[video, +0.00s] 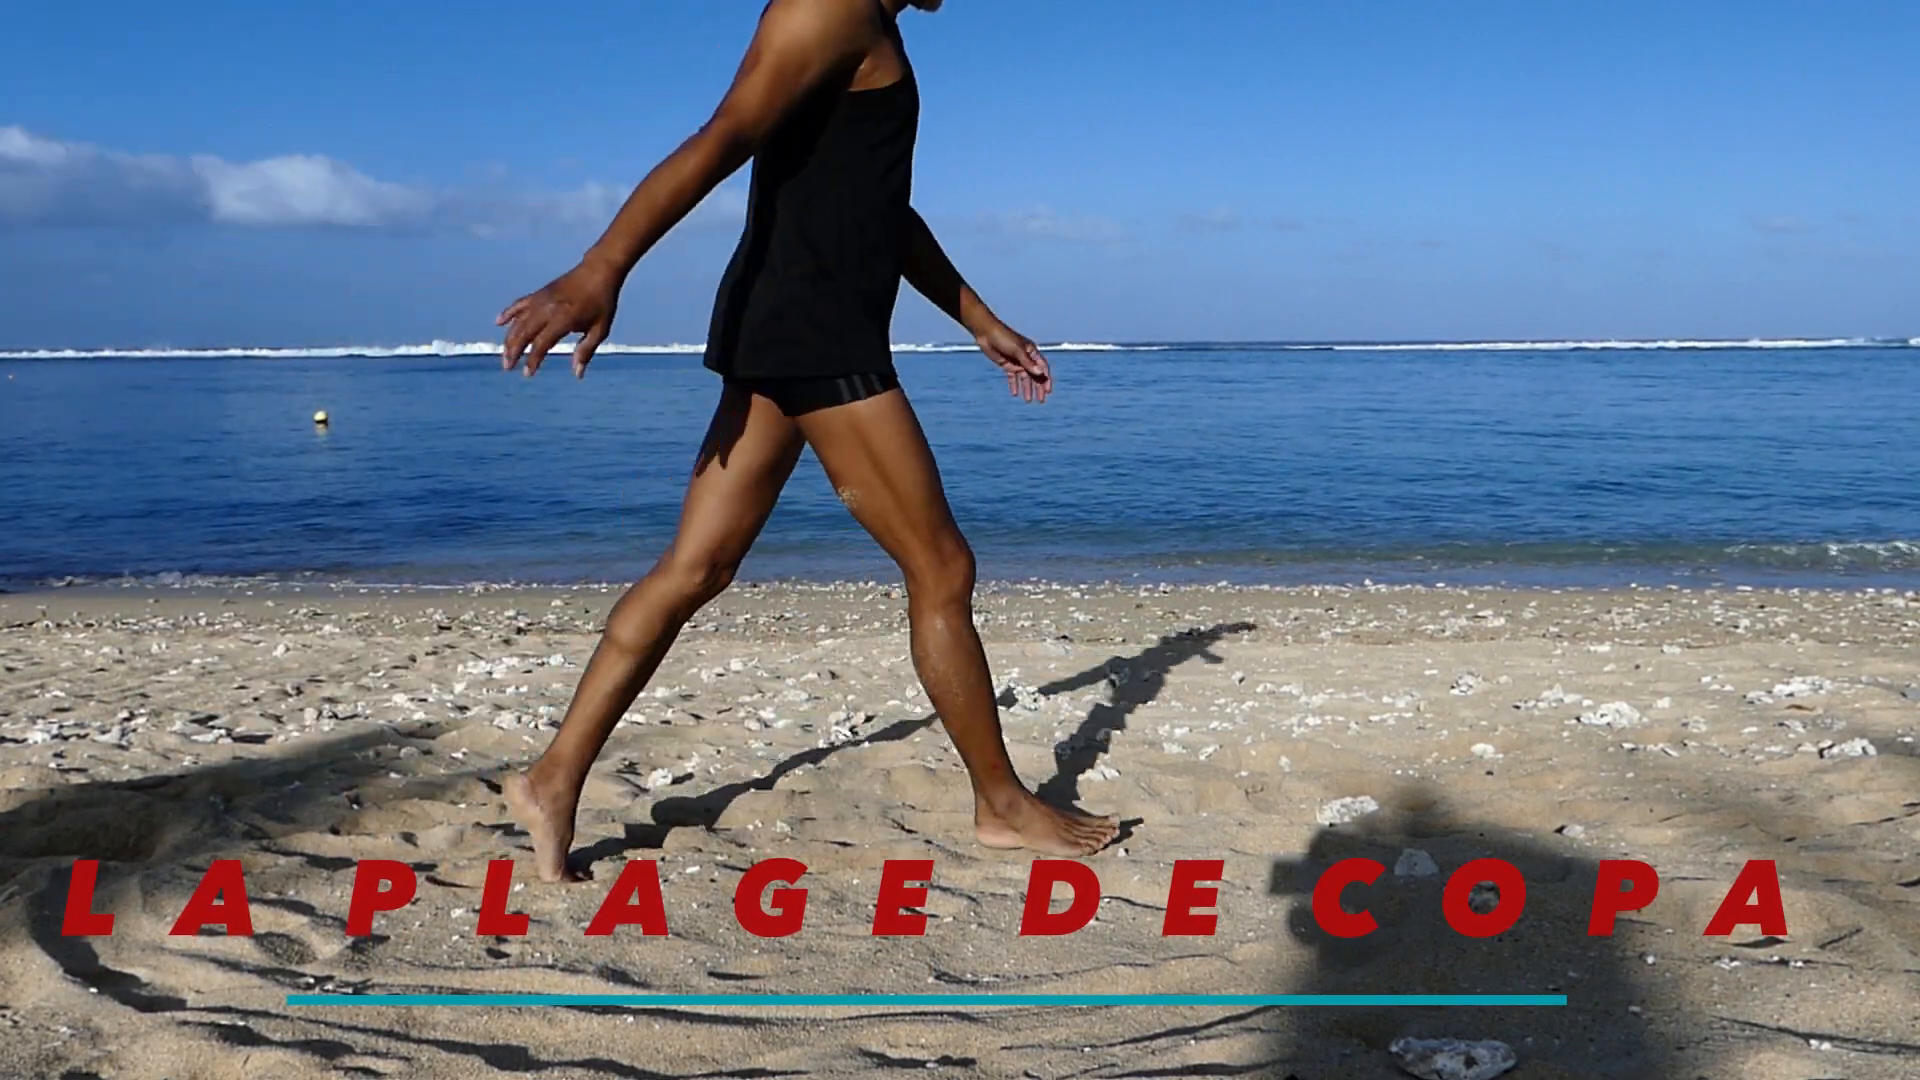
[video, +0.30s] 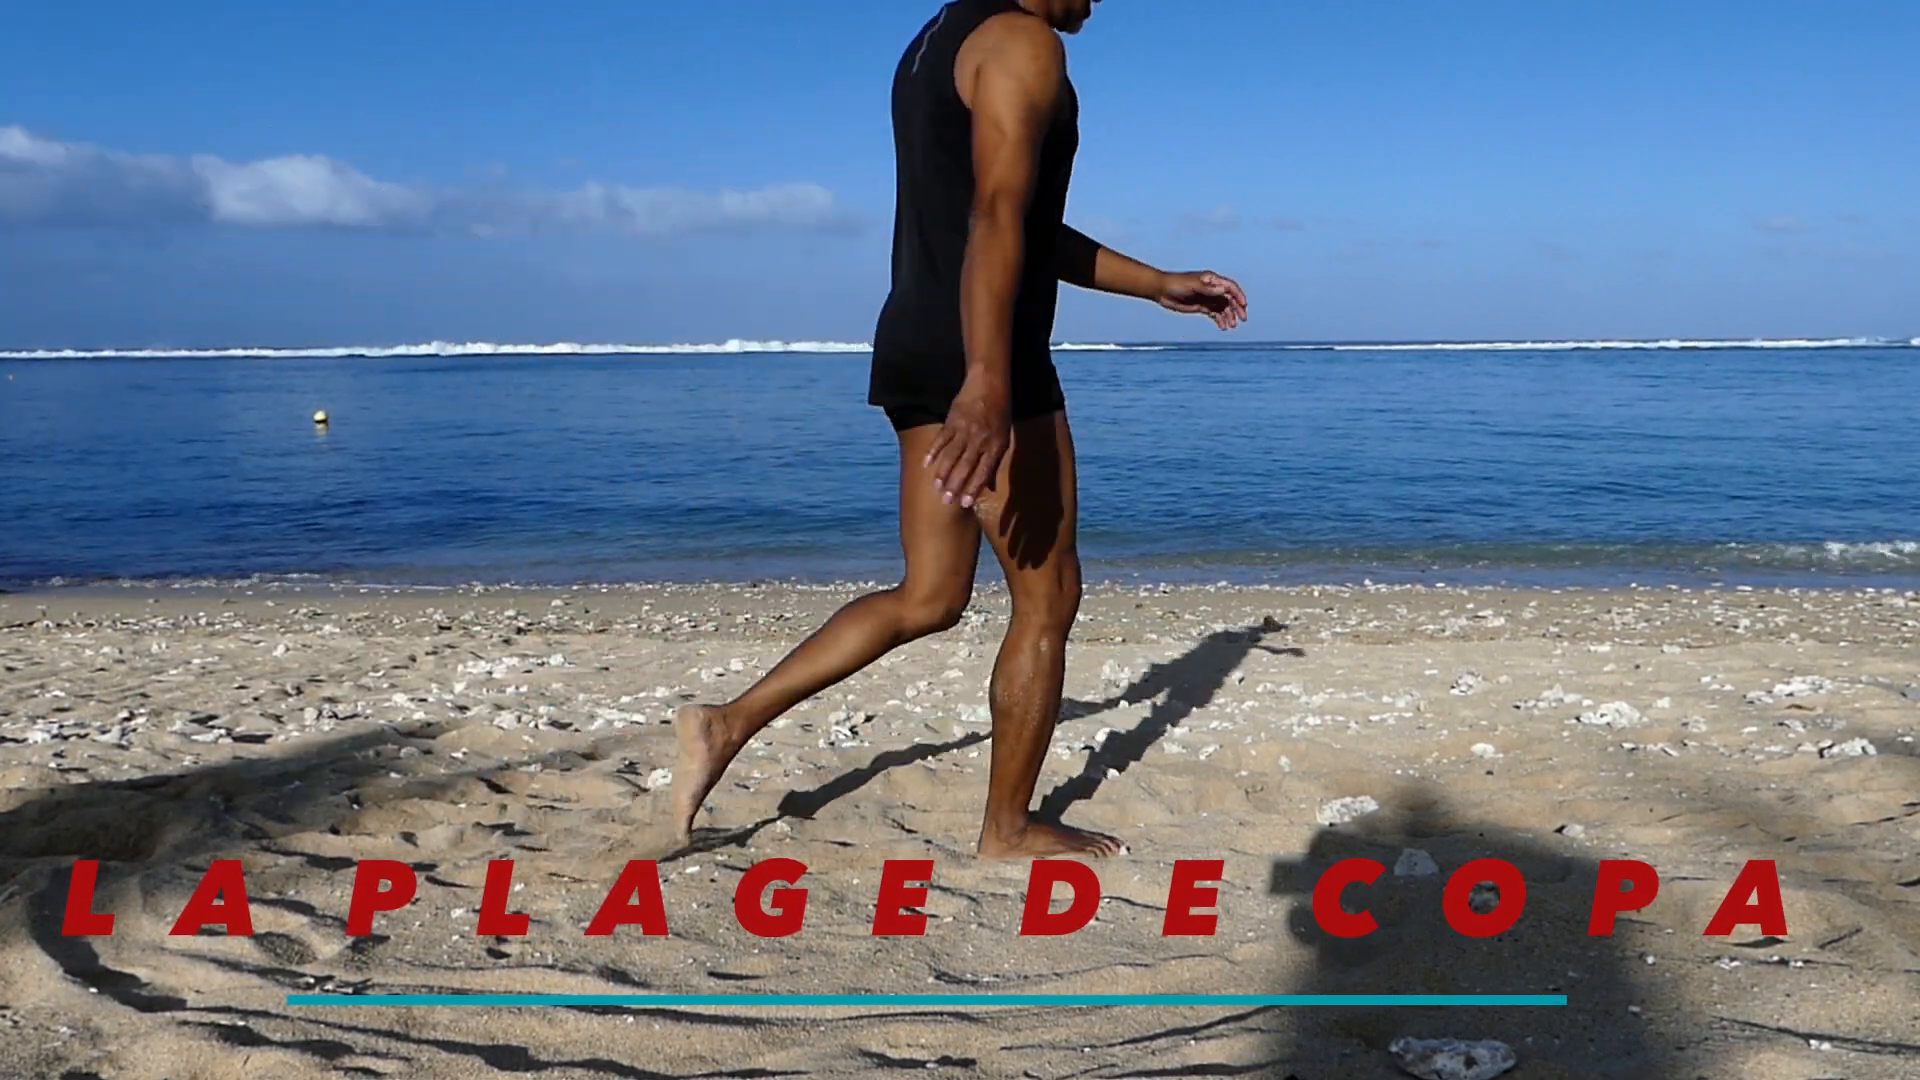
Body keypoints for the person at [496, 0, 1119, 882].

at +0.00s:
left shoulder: (869, 29)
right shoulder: (833, 11)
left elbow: (878, 206)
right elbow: (723, 139)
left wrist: (978, 317)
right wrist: (601, 269)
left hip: (783, 324)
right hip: (822, 330)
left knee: (693, 568)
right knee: (940, 570)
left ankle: (551, 779)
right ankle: (1003, 800)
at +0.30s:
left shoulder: (944, 40)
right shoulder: (1024, 44)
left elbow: (1023, 229)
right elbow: (997, 217)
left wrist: (1160, 285)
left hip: (920, 353)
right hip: (995, 358)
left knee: (930, 594)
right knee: (1047, 596)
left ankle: (727, 725)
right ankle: (1008, 829)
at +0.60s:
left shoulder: (1040, 24)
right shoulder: (1130, 15)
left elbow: (1079, 213)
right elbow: (1203, 192)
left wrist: (1182, 320)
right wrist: (1340, 318)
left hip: (1045, 319)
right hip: (1075, 328)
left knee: (1142, 542)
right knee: (1068, 583)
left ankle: (1002, 737)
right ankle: (1015, 813)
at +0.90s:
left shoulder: (1168, 23)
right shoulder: (1260, 17)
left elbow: (1161, 193)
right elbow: (1379, 164)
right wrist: (1497, 195)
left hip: (1184, 343)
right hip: (1182, 343)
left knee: (1267, 559)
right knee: (1107, 579)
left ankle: (1354, 765)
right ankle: (1021, 795)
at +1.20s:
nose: (1442, 9)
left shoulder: (1276, 72)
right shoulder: (1375, 57)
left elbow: (1208, 253)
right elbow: (1481, 208)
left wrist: (1163, 381)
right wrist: (1574, 227)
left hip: (1305, 376)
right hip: (1314, 378)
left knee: (1382, 588)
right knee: (1194, 596)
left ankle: (1426, 809)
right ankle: (1045, 777)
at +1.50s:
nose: (1555, 21)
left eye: (1559, 10)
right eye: (1557, 8)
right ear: (1532, 0)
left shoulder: (1386, 86)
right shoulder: (1505, 74)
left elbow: (1345, 257)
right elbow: (1541, 263)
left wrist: (1308, 388)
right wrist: (1612, 399)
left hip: (1393, 372)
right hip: (1446, 377)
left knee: (1466, 585)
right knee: (1435, 622)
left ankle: (1428, 804)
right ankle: (1221, 734)